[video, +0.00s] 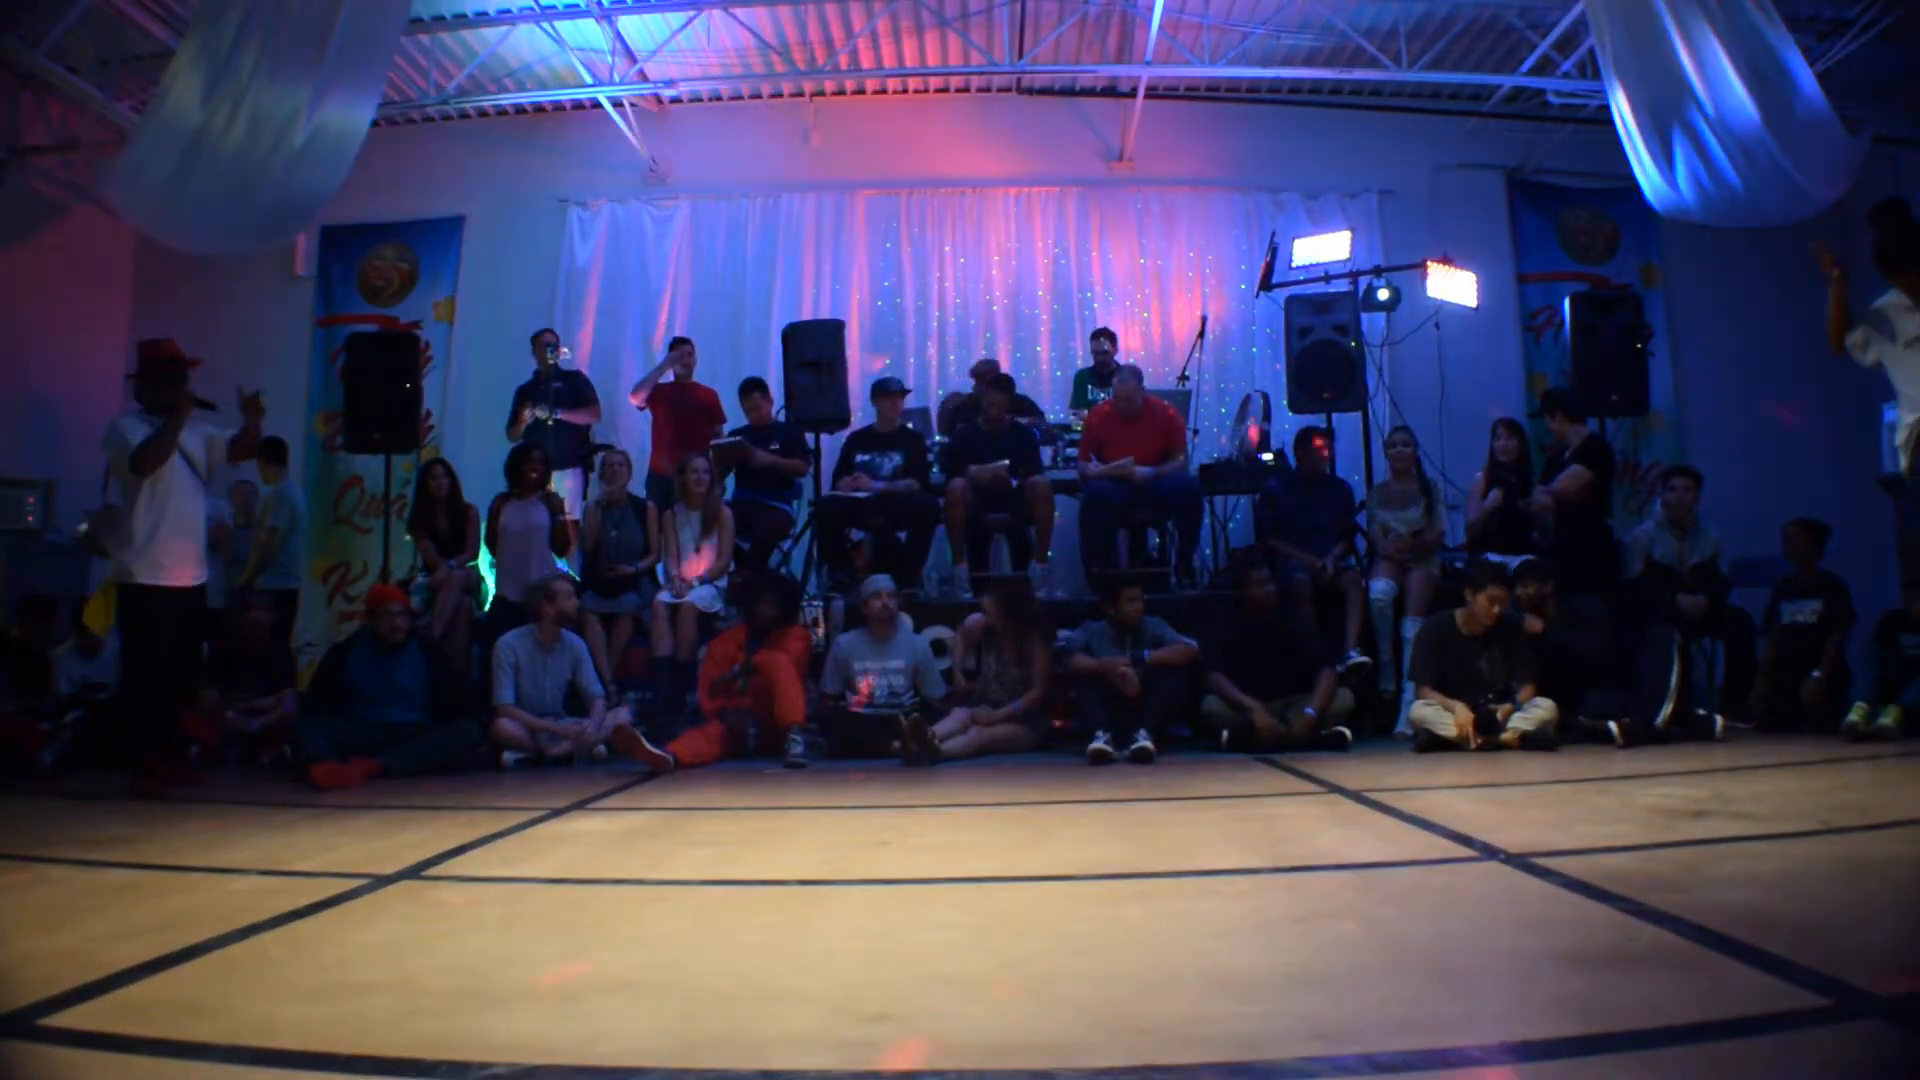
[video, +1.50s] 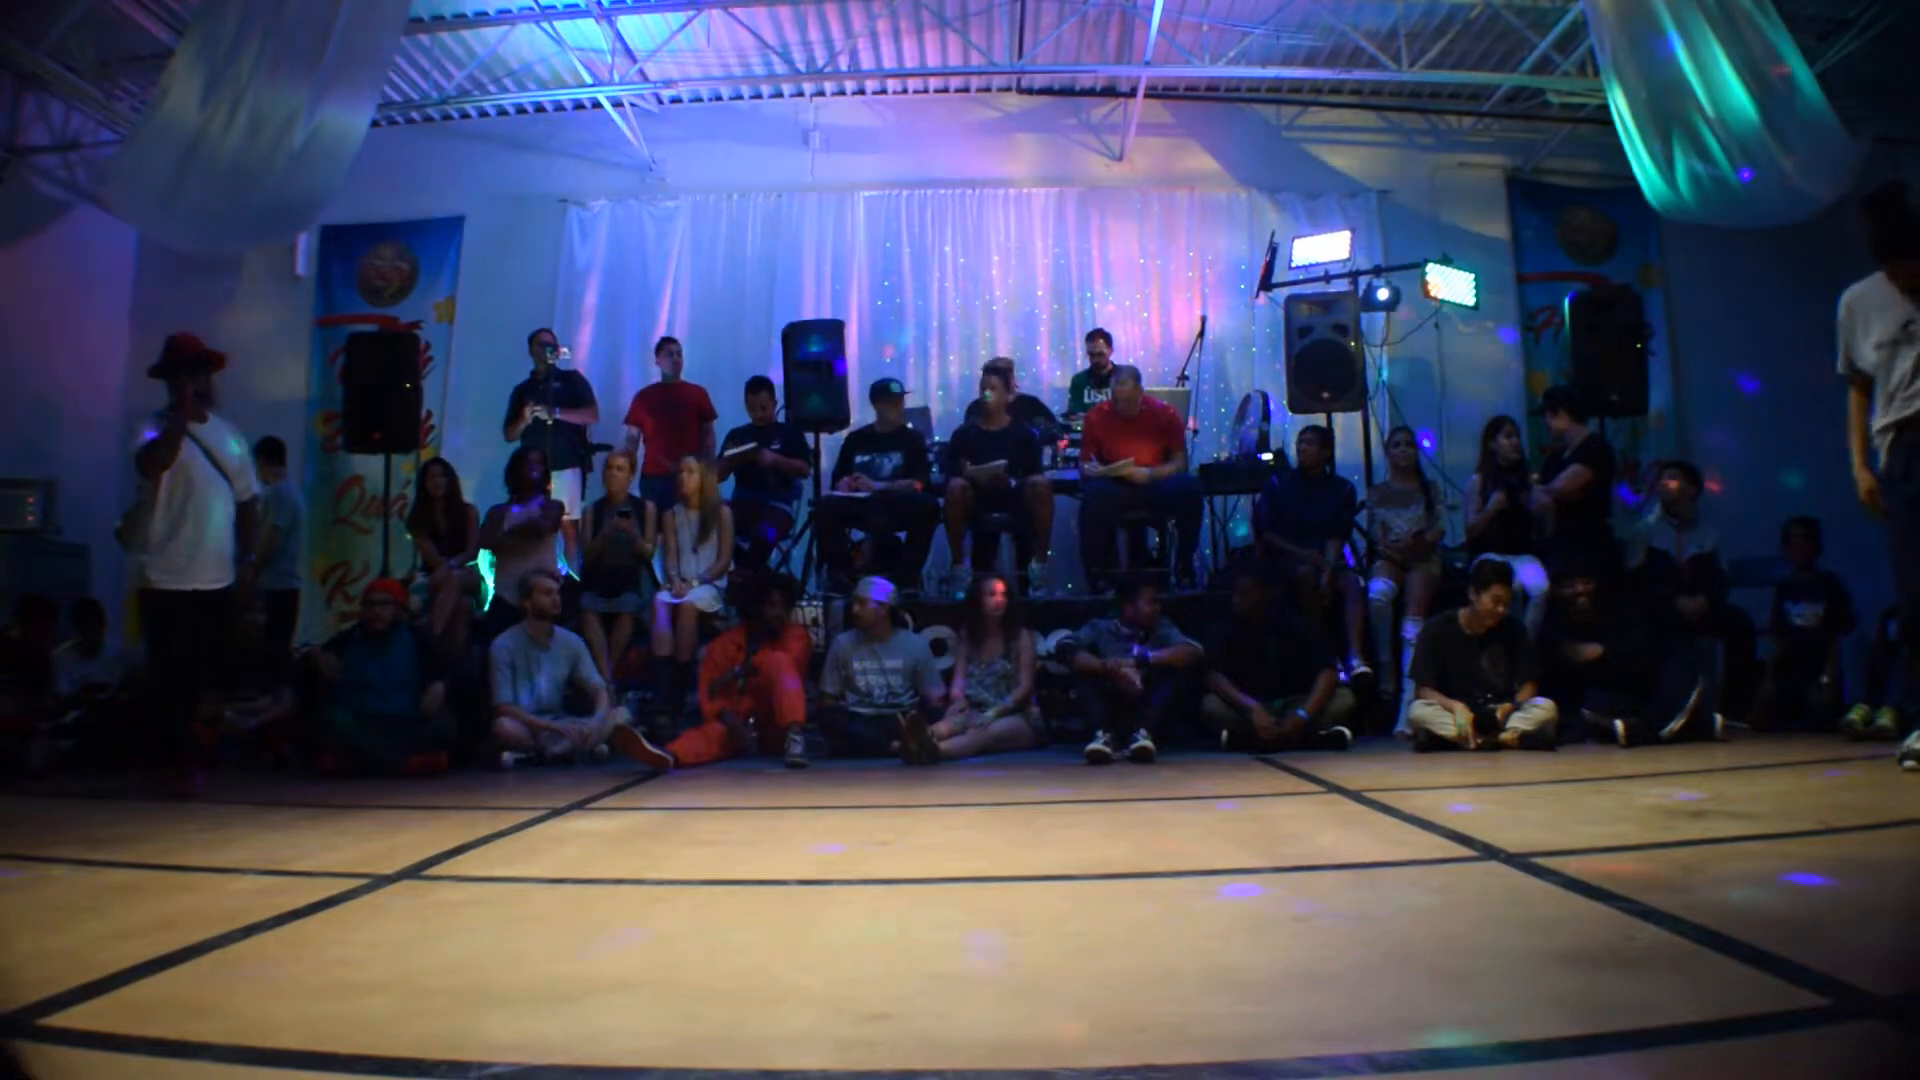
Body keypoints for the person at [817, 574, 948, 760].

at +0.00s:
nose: (885, 603)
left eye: (890, 596)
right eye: (877, 597)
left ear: (897, 602)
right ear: (864, 606)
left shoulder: (916, 645)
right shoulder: (844, 645)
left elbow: (937, 700)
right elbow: (828, 699)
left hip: (905, 718)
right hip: (861, 719)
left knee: (964, 715)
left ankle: (923, 740)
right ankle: (896, 746)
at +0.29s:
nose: (871, 606)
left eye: (878, 600)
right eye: (866, 600)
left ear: (894, 605)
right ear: (861, 605)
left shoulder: (916, 645)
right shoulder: (844, 644)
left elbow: (934, 701)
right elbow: (829, 699)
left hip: (902, 715)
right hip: (858, 717)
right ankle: (894, 746)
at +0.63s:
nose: (860, 606)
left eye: (868, 600)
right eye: (860, 600)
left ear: (888, 605)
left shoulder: (916, 646)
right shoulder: (844, 645)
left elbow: (935, 702)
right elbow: (829, 699)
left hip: (901, 718)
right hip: (856, 719)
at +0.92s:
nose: (856, 609)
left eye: (865, 603)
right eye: (857, 602)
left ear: (885, 607)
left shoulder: (914, 644)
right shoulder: (843, 644)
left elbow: (935, 699)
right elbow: (828, 698)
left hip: (903, 714)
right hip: (859, 715)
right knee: (829, 717)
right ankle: (895, 745)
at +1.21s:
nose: (855, 610)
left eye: (863, 604)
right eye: (856, 603)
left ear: (884, 609)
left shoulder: (914, 645)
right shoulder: (843, 644)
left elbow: (936, 699)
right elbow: (828, 697)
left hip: (904, 715)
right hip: (859, 715)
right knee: (828, 719)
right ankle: (894, 745)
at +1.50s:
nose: (855, 610)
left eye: (862, 604)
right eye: (855, 603)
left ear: (883, 609)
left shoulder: (914, 645)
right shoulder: (843, 645)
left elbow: (935, 698)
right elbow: (829, 699)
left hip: (905, 716)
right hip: (860, 717)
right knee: (830, 721)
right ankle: (893, 747)